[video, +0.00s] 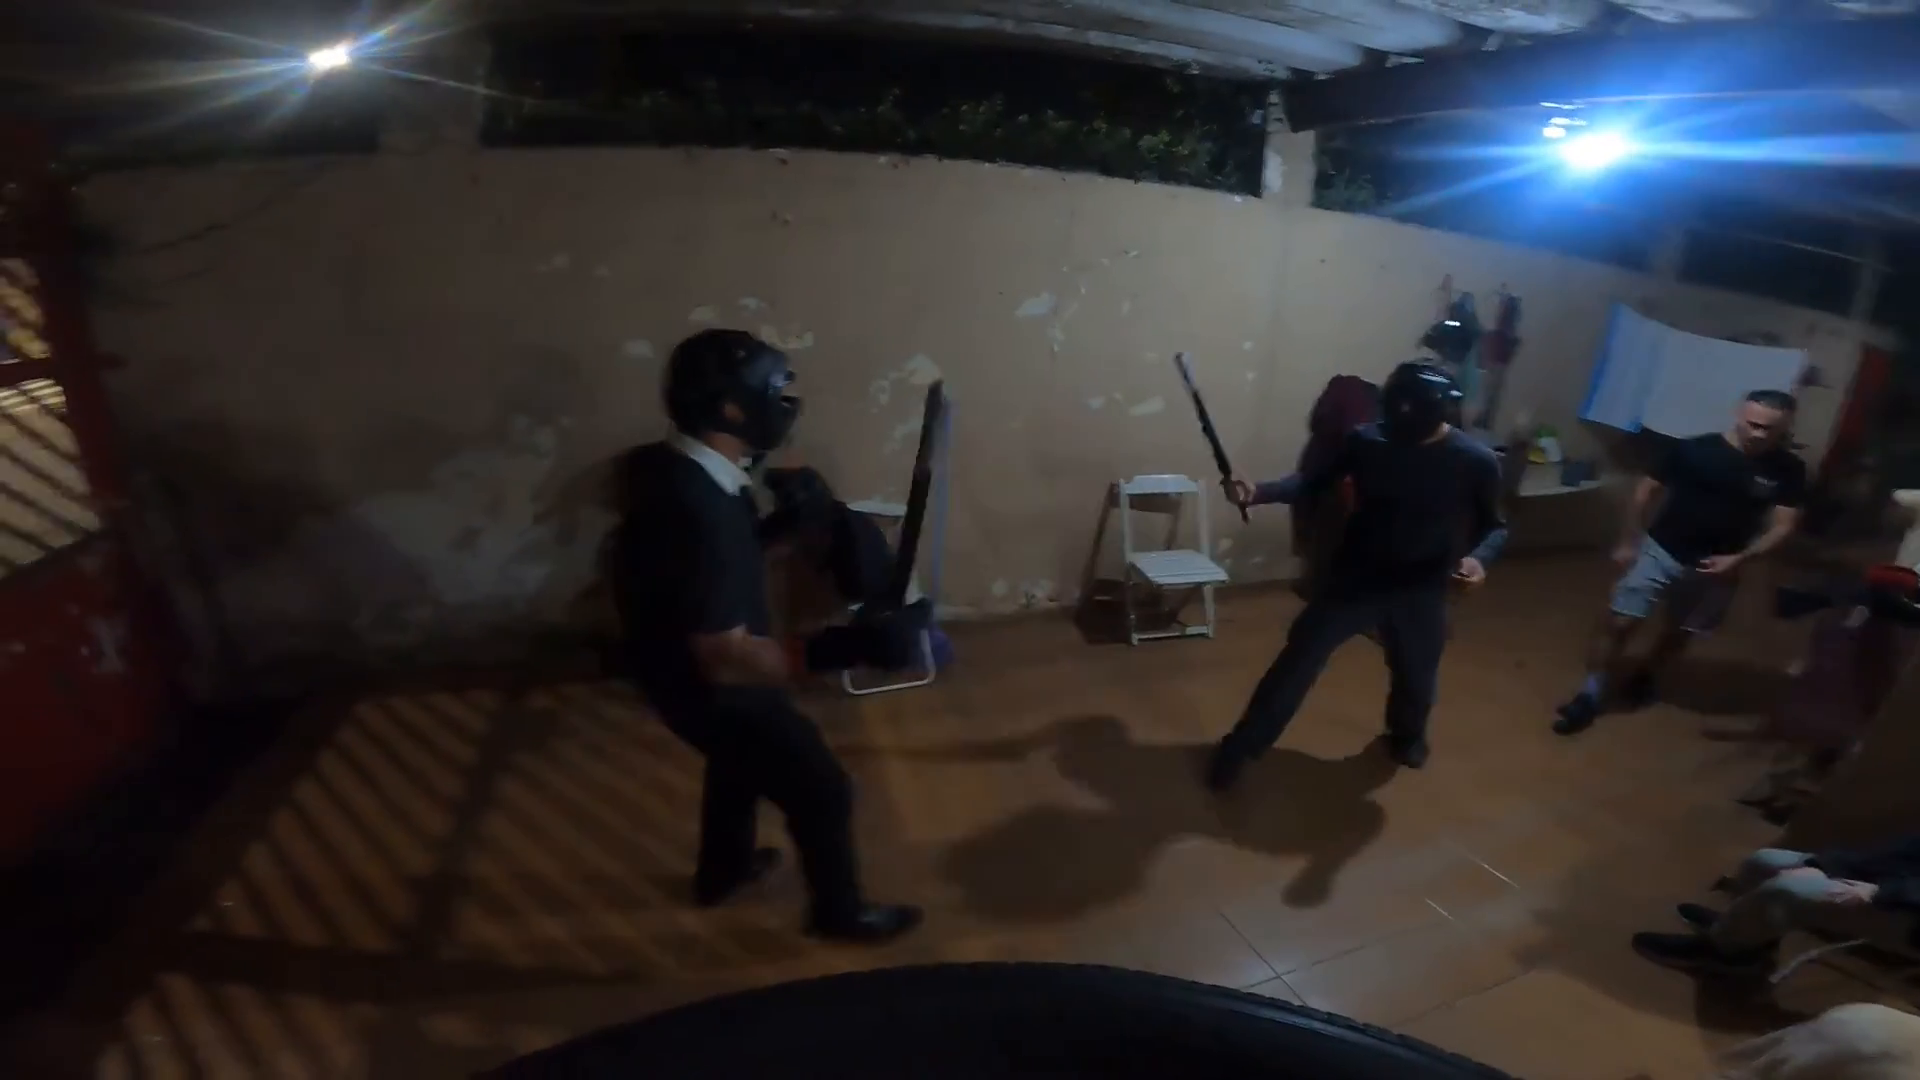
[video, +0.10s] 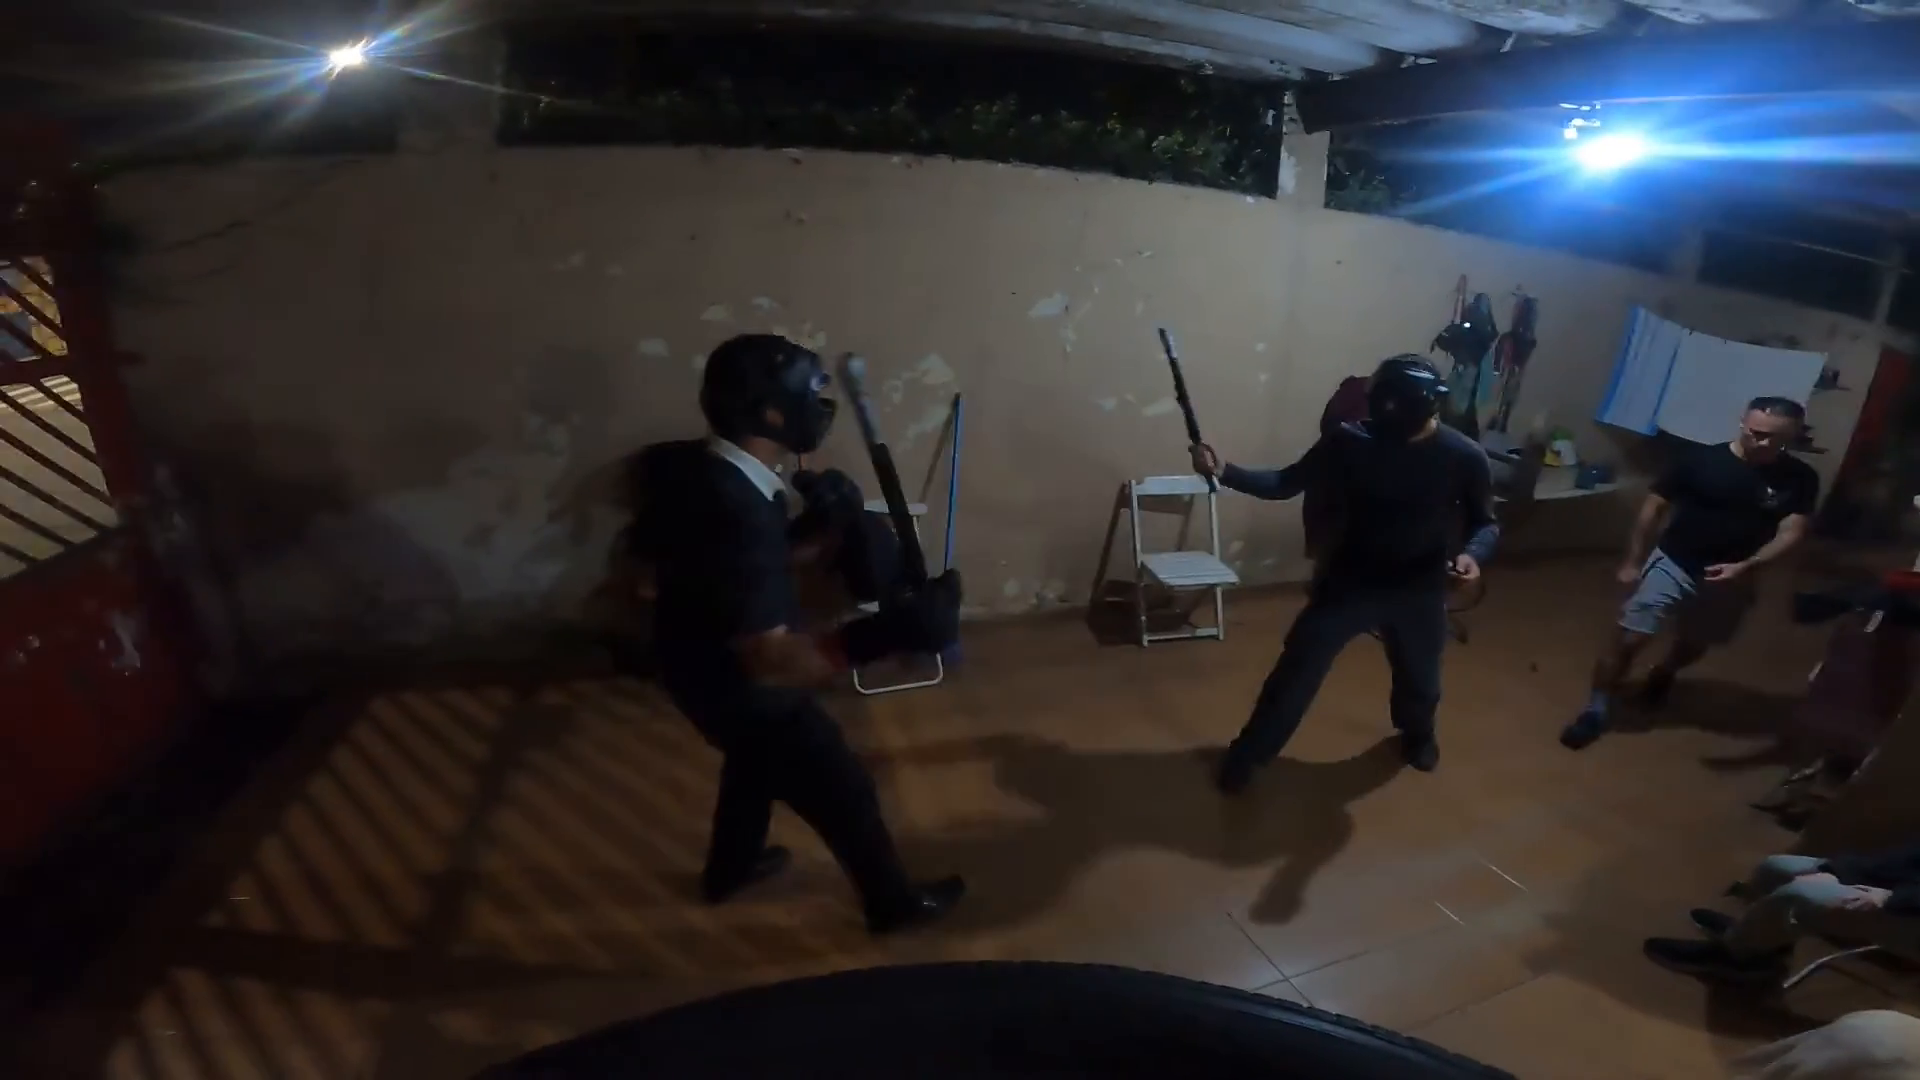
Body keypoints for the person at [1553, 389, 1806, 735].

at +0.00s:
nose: (1757, 434)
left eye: (1767, 429)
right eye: (1752, 425)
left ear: (1782, 431)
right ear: (1738, 418)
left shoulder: (1785, 470)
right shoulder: (1698, 449)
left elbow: (1783, 527)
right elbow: (1646, 488)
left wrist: (1739, 559)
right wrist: (1629, 540)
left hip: (1712, 572)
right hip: (1661, 553)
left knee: (1679, 635)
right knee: (1619, 620)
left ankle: (1647, 678)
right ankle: (1592, 692)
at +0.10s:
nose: (1762, 444)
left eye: (1773, 439)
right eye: (1756, 434)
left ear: (1788, 441)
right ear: (1743, 425)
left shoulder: (1796, 479)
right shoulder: (1703, 460)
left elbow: (1792, 534)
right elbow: (1654, 504)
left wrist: (1745, 566)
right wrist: (1633, 560)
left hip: (1727, 583)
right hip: (1673, 566)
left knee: (1694, 643)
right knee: (1628, 637)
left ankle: (1662, 677)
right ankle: (1597, 708)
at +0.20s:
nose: (1757, 444)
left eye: (1767, 438)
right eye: (1752, 434)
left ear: (1779, 438)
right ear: (1732, 422)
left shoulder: (1788, 478)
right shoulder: (1693, 463)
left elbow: (1779, 539)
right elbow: (1650, 517)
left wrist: (1735, 585)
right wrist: (1621, 574)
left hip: (1724, 590)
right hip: (1668, 573)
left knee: (1703, 654)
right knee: (1623, 639)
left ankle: (1663, 667)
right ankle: (1590, 713)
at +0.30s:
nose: (1748, 443)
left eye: (1757, 437)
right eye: (1743, 433)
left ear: (1771, 436)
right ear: (1725, 422)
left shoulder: (1786, 477)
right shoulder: (1685, 463)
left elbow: (1770, 540)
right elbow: (1643, 519)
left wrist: (1732, 598)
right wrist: (1614, 578)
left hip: (1718, 588)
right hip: (1661, 570)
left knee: (1696, 664)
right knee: (1617, 636)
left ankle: (1652, 674)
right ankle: (1586, 714)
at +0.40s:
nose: (1745, 439)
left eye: (1756, 435)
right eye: (1745, 430)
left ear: (1775, 443)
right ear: (1730, 423)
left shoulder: (1784, 486)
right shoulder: (1684, 465)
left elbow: (1773, 559)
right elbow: (1638, 519)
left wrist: (1745, 615)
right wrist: (1618, 581)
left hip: (1717, 603)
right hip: (1657, 586)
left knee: (1688, 682)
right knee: (1609, 649)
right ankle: (1585, 718)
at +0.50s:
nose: (1769, 458)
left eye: (1780, 451)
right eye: (1765, 446)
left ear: (1790, 455)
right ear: (1744, 435)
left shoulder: (1796, 501)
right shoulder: (1690, 473)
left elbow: (1787, 578)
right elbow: (1635, 524)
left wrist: (1753, 632)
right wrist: (1624, 593)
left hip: (1721, 619)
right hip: (1656, 599)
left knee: (1682, 707)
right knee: (1608, 658)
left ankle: (1626, 773)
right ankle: (1587, 720)